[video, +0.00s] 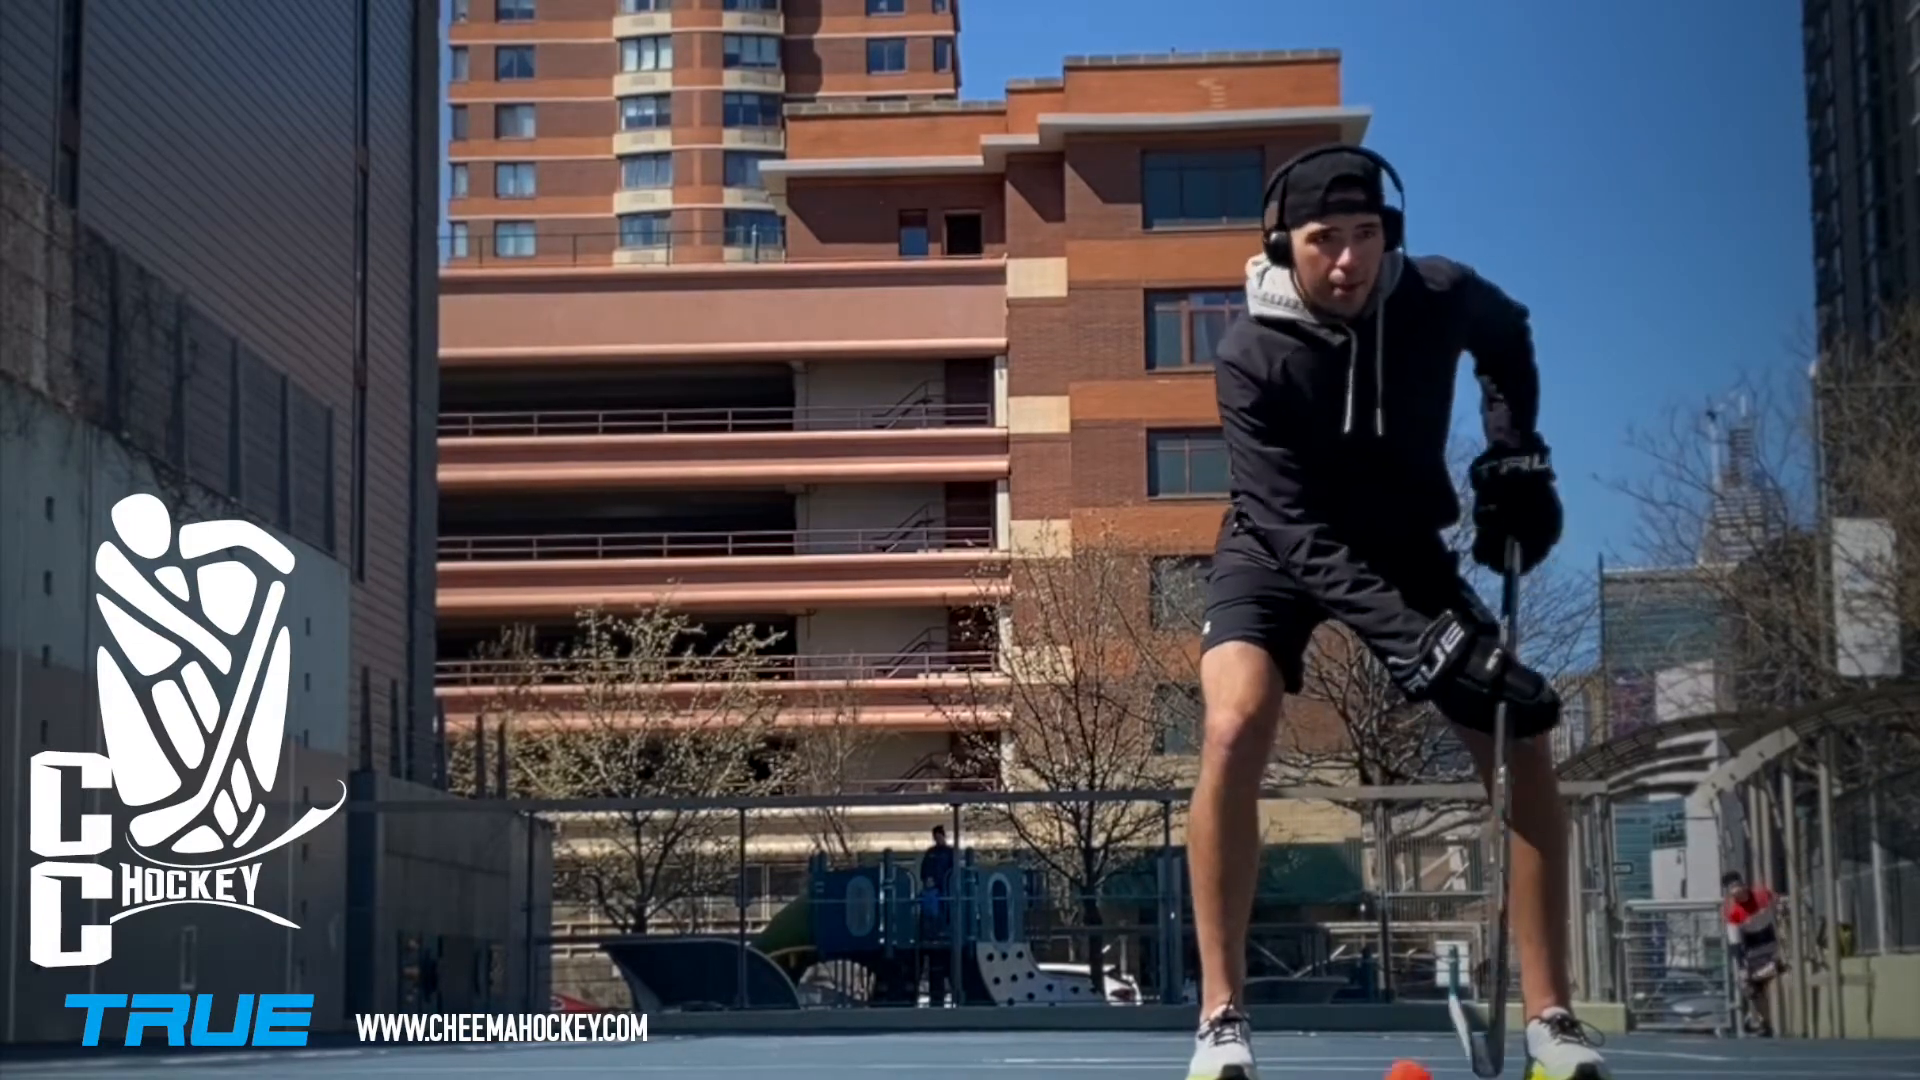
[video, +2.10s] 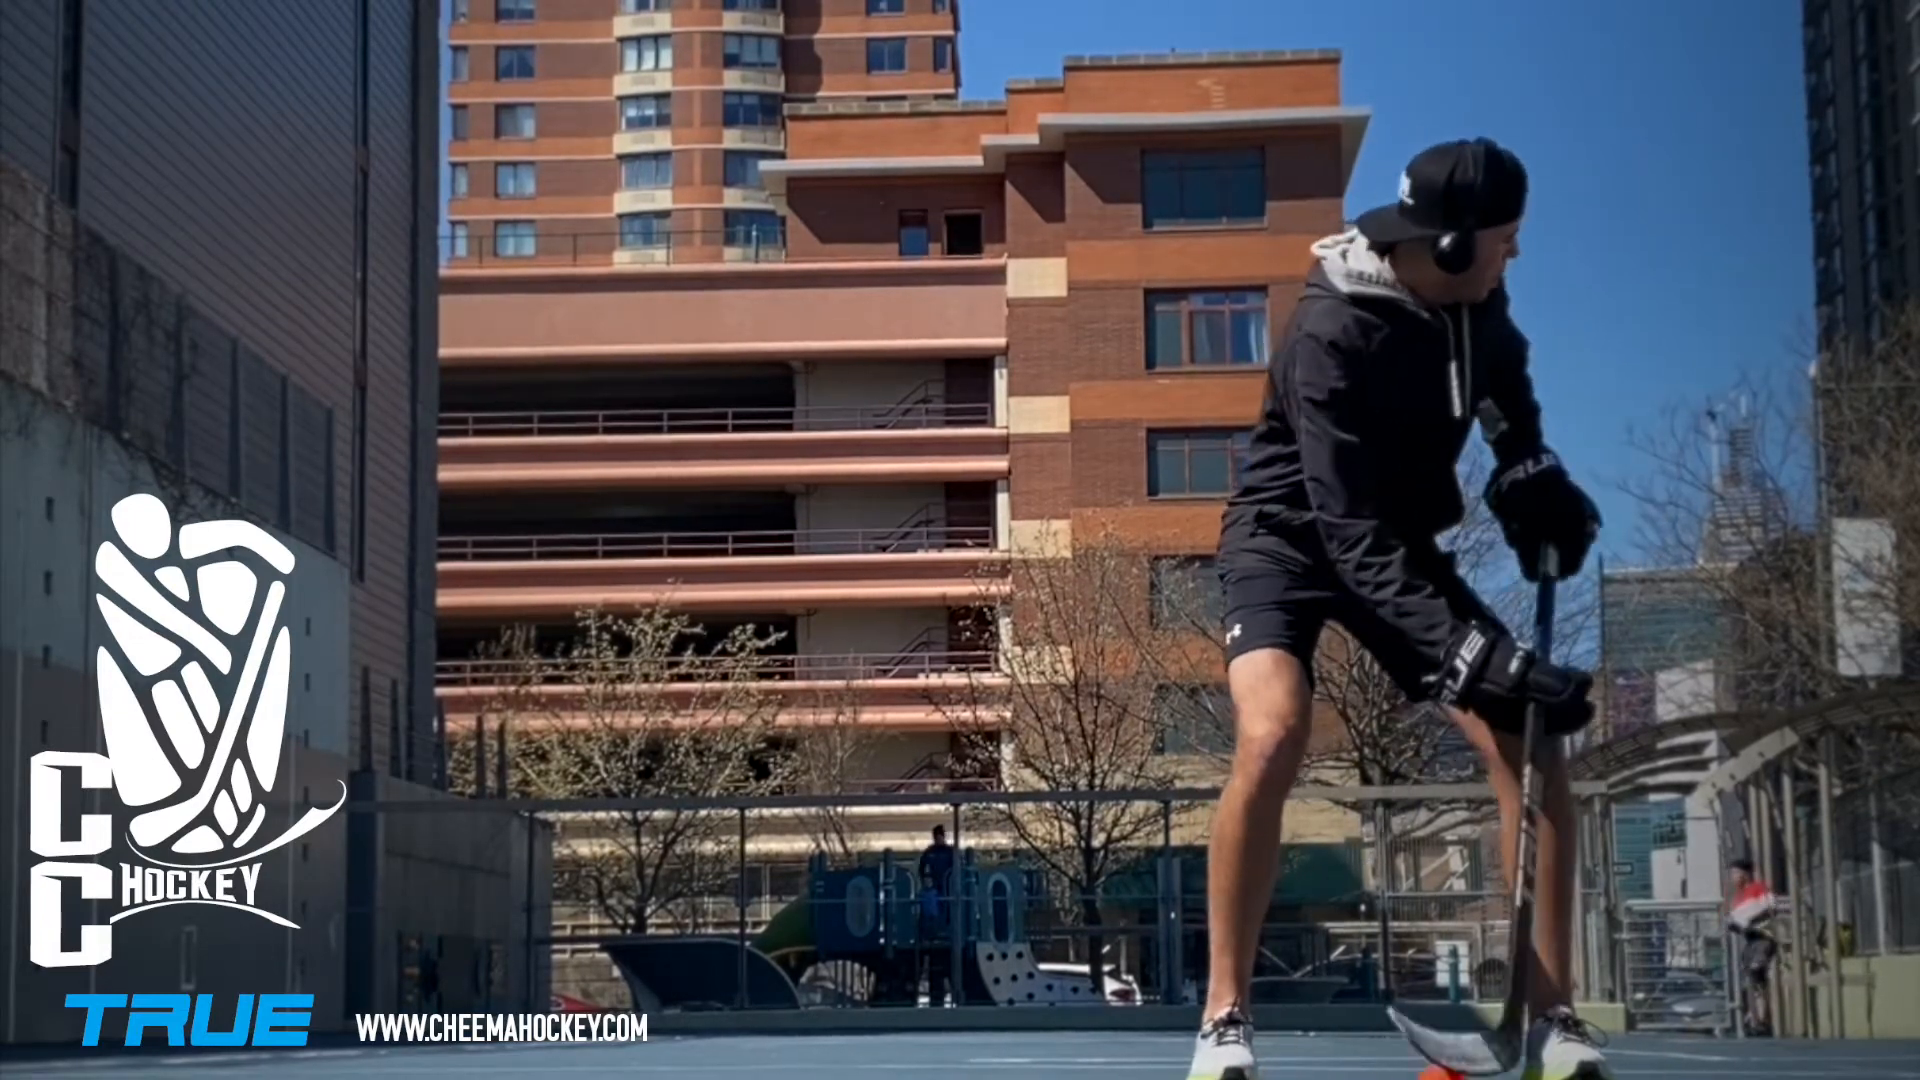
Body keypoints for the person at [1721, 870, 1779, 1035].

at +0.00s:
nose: (1737, 892)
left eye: (1738, 886)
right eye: (1732, 889)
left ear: (1744, 885)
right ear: (1728, 893)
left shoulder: (1763, 897)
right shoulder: (1734, 913)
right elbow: (1735, 942)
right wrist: (1741, 967)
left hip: (1770, 949)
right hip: (1750, 953)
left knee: (1761, 988)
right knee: (1752, 989)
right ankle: (1763, 1025)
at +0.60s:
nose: (1732, 893)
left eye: (1733, 887)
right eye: (1727, 890)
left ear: (1739, 886)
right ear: (1724, 895)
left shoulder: (1759, 895)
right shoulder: (1732, 915)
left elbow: (1775, 922)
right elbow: (1735, 943)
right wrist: (1741, 967)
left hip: (1769, 944)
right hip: (1750, 948)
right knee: (1755, 988)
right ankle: (1762, 1024)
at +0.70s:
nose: (1730, 893)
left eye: (1731, 888)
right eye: (1725, 891)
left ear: (1737, 886)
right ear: (1722, 895)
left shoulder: (1756, 896)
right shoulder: (1729, 914)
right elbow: (1733, 942)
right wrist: (1740, 967)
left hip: (1770, 946)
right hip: (1751, 950)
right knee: (1754, 988)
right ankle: (1762, 1024)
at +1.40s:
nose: (1723, 892)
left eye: (1725, 887)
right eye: (1720, 889)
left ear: (1733, 886)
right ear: (1719, 892)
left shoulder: (1753, 896)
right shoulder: (1726, 914)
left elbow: (1776, 905)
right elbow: (1730, 945)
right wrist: (1733, 970)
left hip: (1769, 943)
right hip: (1750, 948)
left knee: (1772, 966)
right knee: (1753, 988)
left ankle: (1744, 978)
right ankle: (1760, 1023)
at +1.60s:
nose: (1724, 887)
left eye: (1726, 882)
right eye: (1721, 883)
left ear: (1735, 881)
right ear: (1721, 886)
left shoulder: (1754, 894)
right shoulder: (1727, 910)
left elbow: (1777, 903)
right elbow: (1731, 940)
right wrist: (1733, 965)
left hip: (1769, 947)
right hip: (1749, 951)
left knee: (1755, 982)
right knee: (1743, 987)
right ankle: (1751, 1022)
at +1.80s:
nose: (1729, 880)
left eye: (1732, 875)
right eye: (1727, 875)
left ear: (1742, 876)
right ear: (1727, 878)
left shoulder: (1758, 890)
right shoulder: (1731, 903)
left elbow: (1778, 903)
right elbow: (1731, 931)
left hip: (1763, 937)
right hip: (1743, 941)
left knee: (1758, 977)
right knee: (1748, 981)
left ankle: (1759, 1020)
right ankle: (1752, 1021)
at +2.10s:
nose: (1734, 878)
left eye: (1737, 873)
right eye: (1732, 874)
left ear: (1746, 874)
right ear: (1733, 876)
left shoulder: (1758, 890)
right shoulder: (1738, 896)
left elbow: (1769, 910)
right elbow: (1735, 917)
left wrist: (1748, 923)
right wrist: (1734, 924)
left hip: (1764, 938)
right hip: (1750, 939)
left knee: (1756, 974)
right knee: (1748, 978)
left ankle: (1762, 1020)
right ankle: (1753, 1019)